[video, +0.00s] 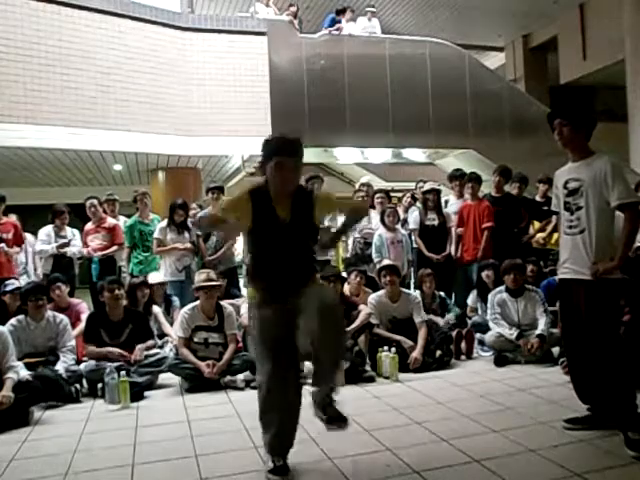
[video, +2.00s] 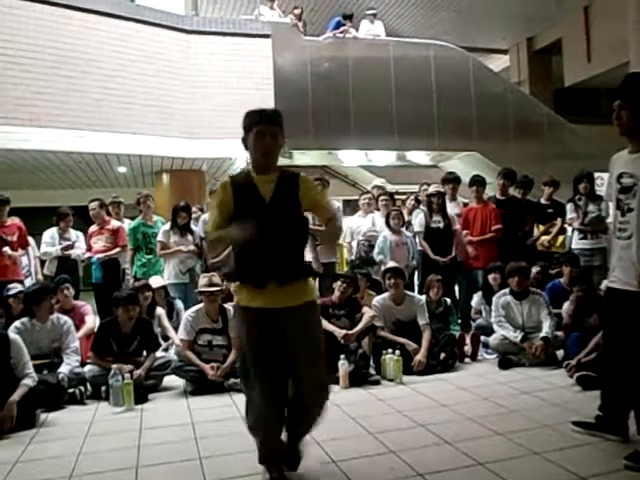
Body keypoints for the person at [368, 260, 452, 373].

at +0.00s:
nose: (389, 279)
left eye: (392, 275)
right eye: (385, 276)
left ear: (399, 277)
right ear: (380, 281)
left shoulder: (413, 299)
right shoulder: (374, 300)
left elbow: (422, 326)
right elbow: (375, 329)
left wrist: (418, 351)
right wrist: (401, 339)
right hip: (387, 337)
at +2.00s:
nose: (393, 282)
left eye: (397, 278)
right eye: (389, 278)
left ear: (403, 281)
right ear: (384, 282)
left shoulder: (418, 301)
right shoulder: (378, 302)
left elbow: (426, 329)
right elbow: (379, 330)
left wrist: (422, 354)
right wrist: (405, 342)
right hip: (391, 338)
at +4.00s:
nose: (393, 283)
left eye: (397, 279)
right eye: (389, 279)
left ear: (403, 281)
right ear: (385, 283)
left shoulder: (418, 300)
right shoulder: (378, 302)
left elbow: (426, 329)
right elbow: (378, 331)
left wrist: (422, 354)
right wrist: (405, 342)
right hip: (391, 337)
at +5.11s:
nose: (393, 283)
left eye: (397, 279)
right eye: (390, 279)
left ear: (404, 282)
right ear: (386, 282)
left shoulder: (418, 300)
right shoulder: (379, 302)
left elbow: (426, 329)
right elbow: (378, 331)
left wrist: (422, 354)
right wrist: (405, 342)